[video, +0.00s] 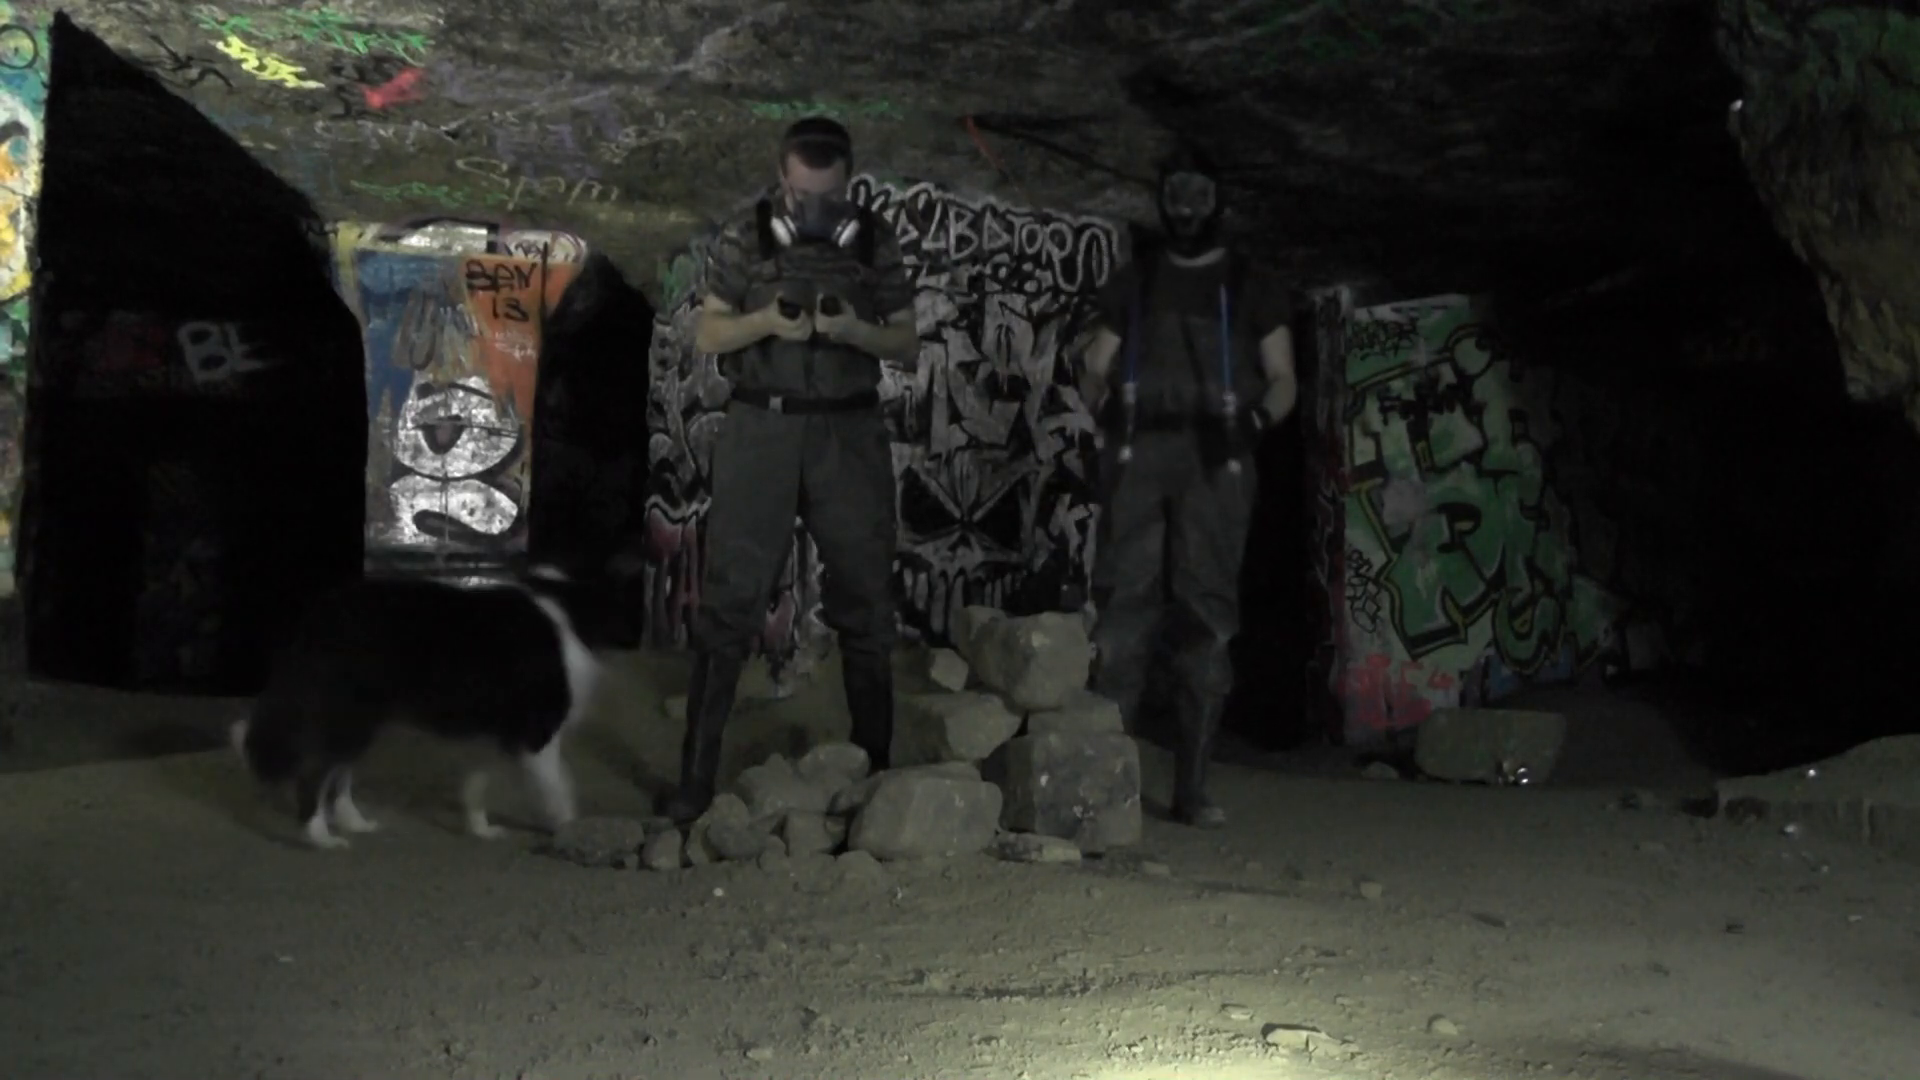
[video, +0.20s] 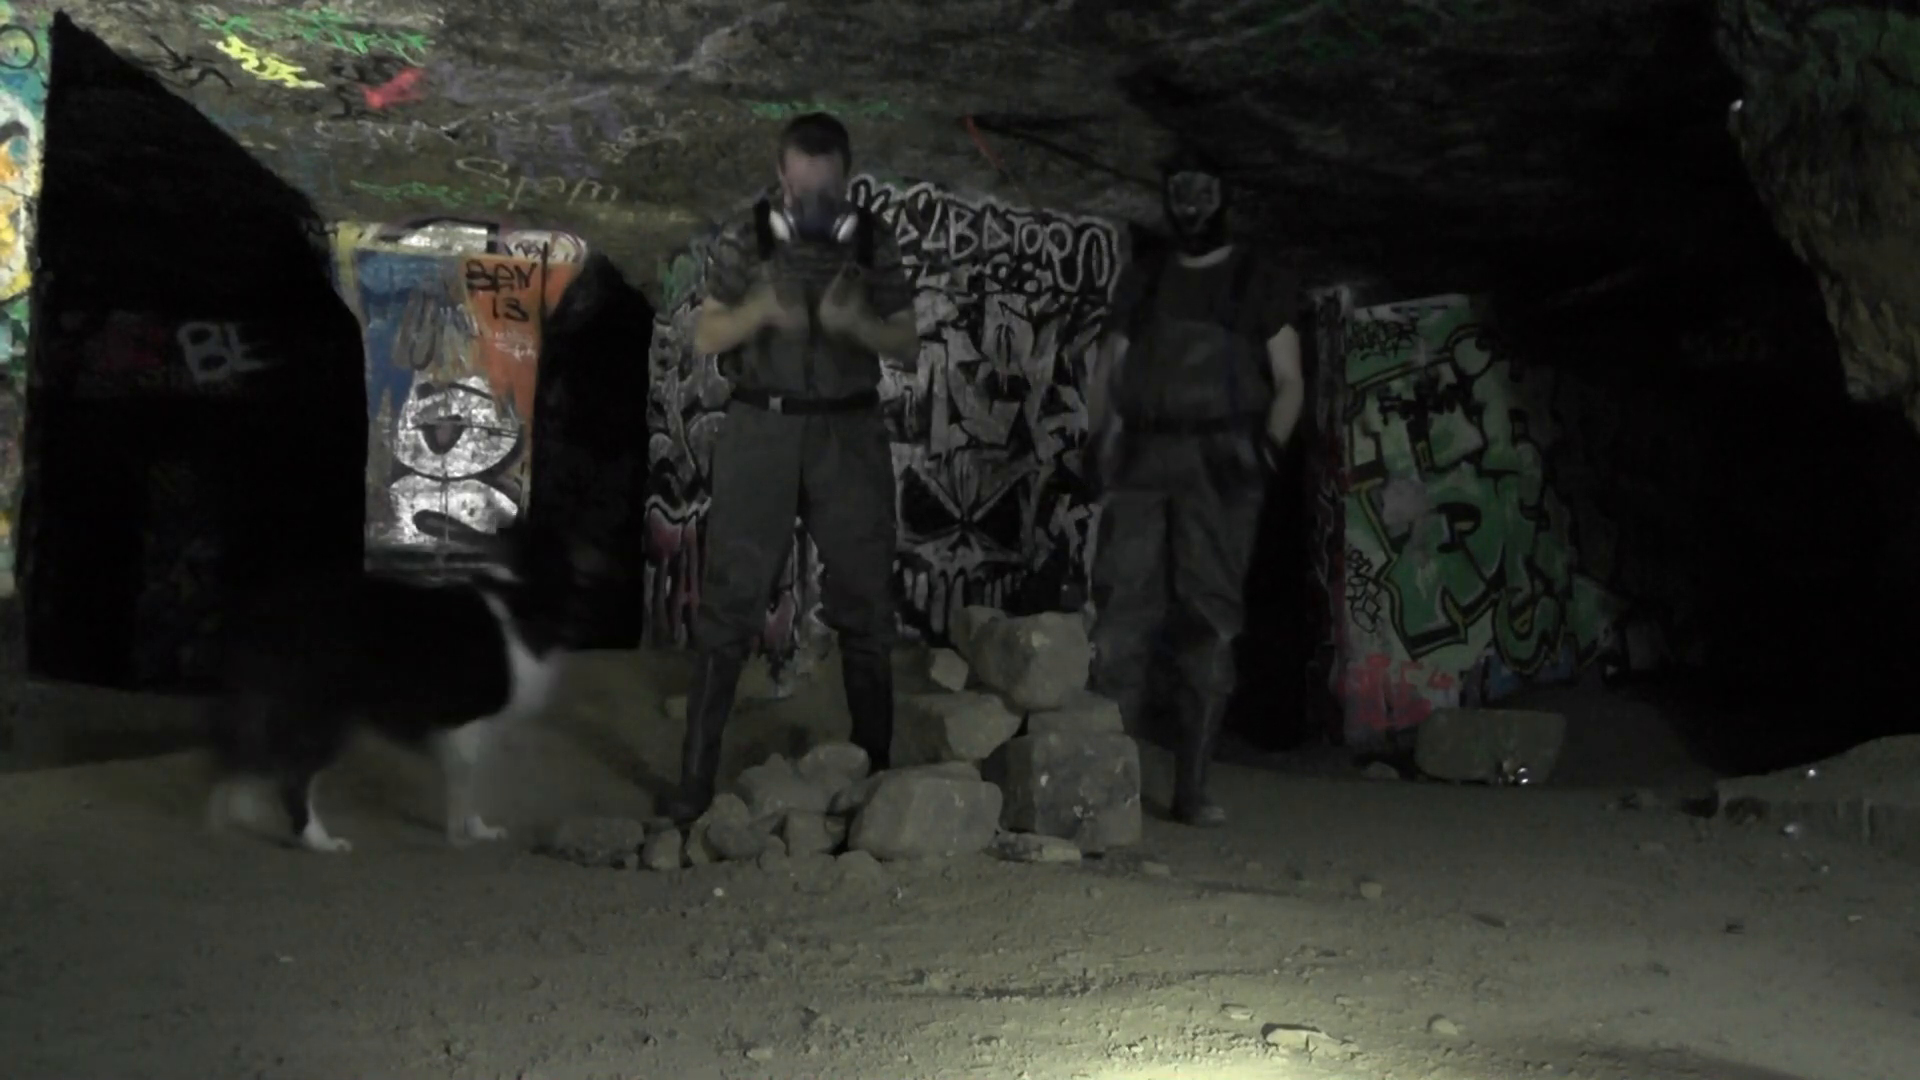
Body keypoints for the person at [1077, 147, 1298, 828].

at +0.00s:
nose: (1186, 211)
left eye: (1198, 197)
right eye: (1176, 197)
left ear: (1217, 203)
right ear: (1161, 202)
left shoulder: (1250, 282)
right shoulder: (1137, 278)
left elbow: (1282, 383)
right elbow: (1094, 368)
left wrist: (1248, 431)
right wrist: (1111, 428)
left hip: (1214, 467)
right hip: (1138, 465)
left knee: (1206, 616)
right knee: (1125, 612)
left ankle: (1191, 786)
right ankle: (1107, 782)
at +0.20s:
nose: (1190, 210)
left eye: (1202, 196)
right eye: (1180, 196)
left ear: (1224, 201)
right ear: (1165, 202)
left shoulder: (1257, 277)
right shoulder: (1144, 275)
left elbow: (1290, 384)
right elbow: (1105, 366)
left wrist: (1261, 452)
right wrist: (1102, 441)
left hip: (1220, 474)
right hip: (1138, 468)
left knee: (1208, 620)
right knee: (1123, 618)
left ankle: (1193, 786)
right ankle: (1107, 780)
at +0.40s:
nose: (1195, 211)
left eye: (1207, 197)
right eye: (1185, 198)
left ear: (1227, 203)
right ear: (1170, 205)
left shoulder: (1258, 279)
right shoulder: (1147, 278)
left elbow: (1288, 381)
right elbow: (1110, 376)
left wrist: (1287, 467)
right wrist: (1094, 463)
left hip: (1226, 468)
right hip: (1145, 467)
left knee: (1211, 624)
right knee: (1138, 619)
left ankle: (1191, 787)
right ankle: (1146, 779)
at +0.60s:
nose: (1188, 218)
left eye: (1200, 205)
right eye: (1177, 205)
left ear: (1222, 210)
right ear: (1165, 212)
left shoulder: (1256, 282)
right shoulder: (1146, 281)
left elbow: (1288, 387)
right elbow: (1112, 378)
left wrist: (1297, 479)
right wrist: (1096, 465)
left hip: (1229, 466)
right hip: (1152, 467)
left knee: (1215, 616)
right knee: (1155, 617)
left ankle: (1198, 779)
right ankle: (1176, 769)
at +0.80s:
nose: (1181, 224)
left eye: (1192, 210)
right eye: (1171, 212)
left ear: (1216, 214)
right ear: (1159, 218)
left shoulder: (1257, 283)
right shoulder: (1147, 286)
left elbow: (1290, 383)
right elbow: (1116, 387)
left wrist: (1300, 472)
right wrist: (1109, 470)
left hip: (1235, 468)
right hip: (1154, 468)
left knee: (1214, 616)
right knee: (1159, 613)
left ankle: (1194, 776)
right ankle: (1189, 775)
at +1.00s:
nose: (1178, 221)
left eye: (1189, 208)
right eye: (1169, 210)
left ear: (1215, 211)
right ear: (1157, 215)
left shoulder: (1255, 285)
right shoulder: (1150, 290)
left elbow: (1291, 386)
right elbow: (1123, 388)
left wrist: (1300, 473)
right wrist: (1112, 469)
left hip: (1233, 473)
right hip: (1157, 473)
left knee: (1213, 623)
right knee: (1158, 623)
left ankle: (1209, 781)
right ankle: (1181, 772)